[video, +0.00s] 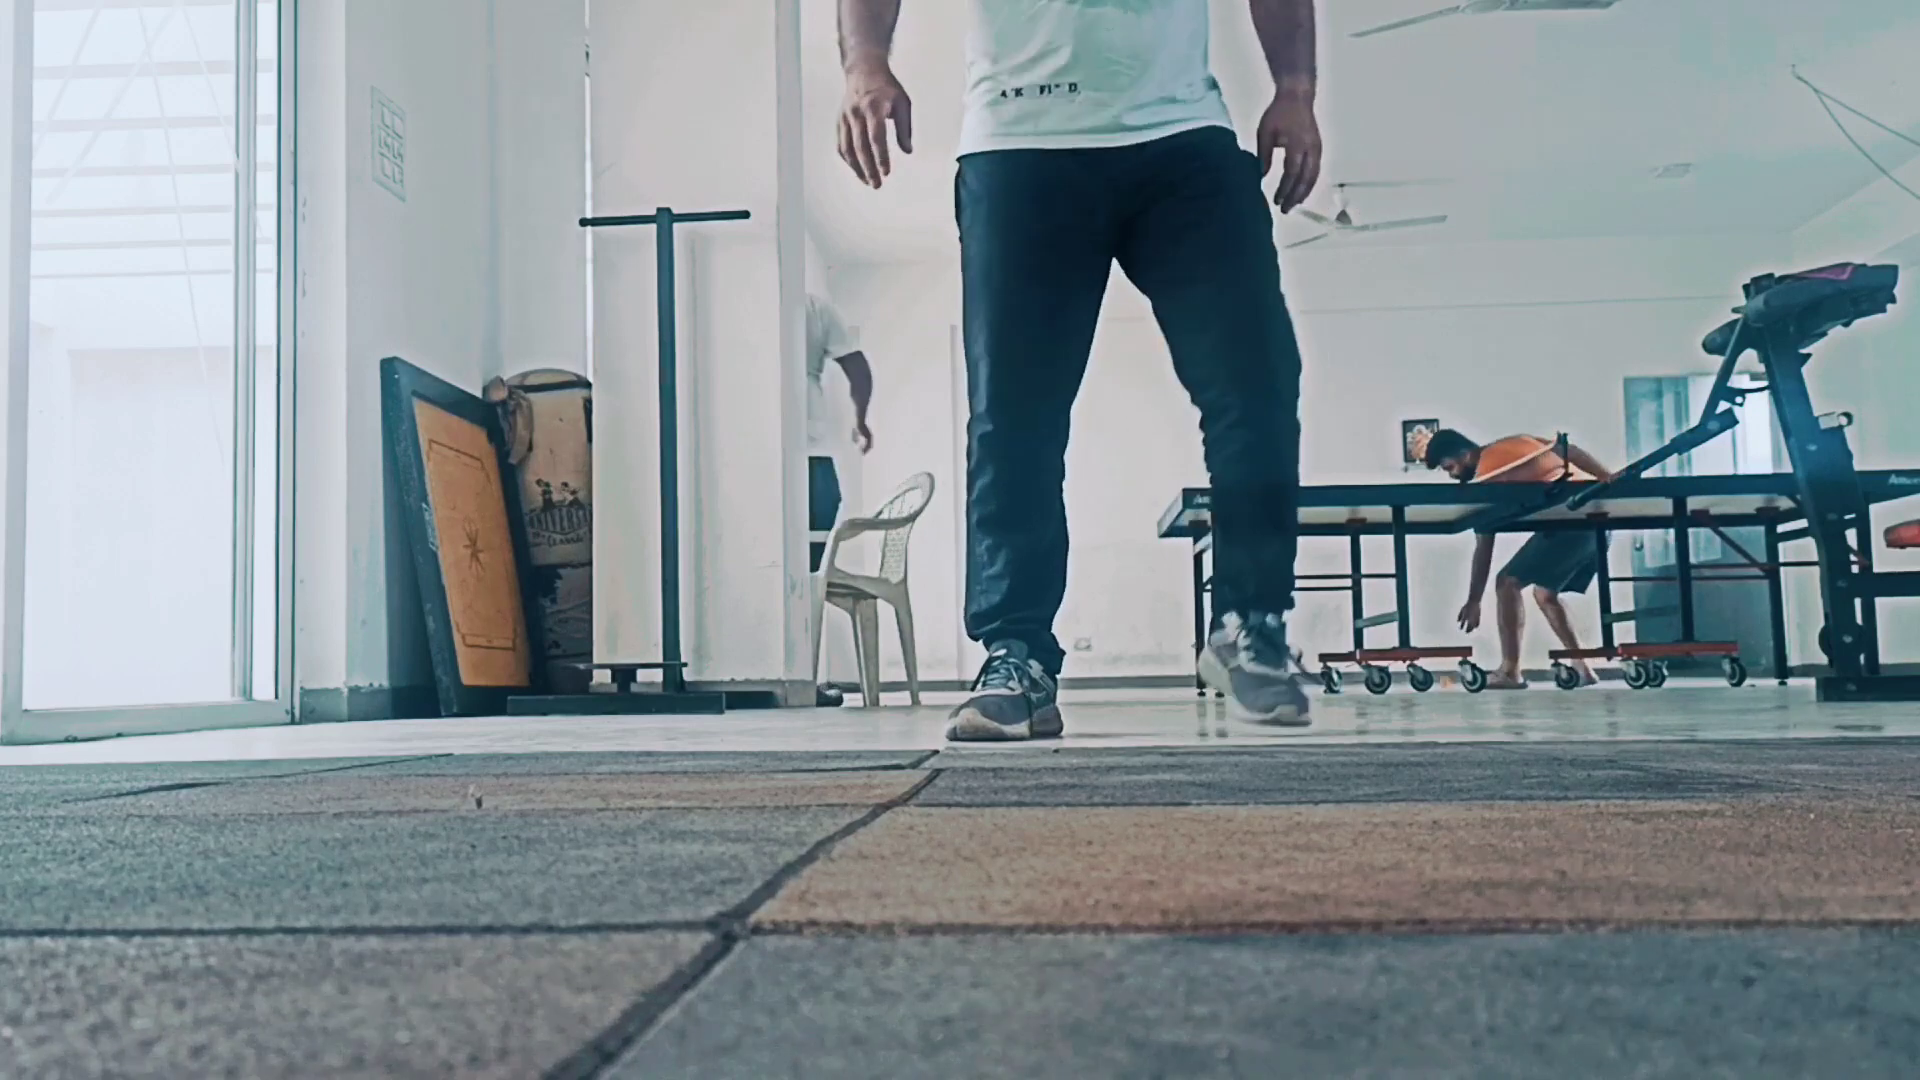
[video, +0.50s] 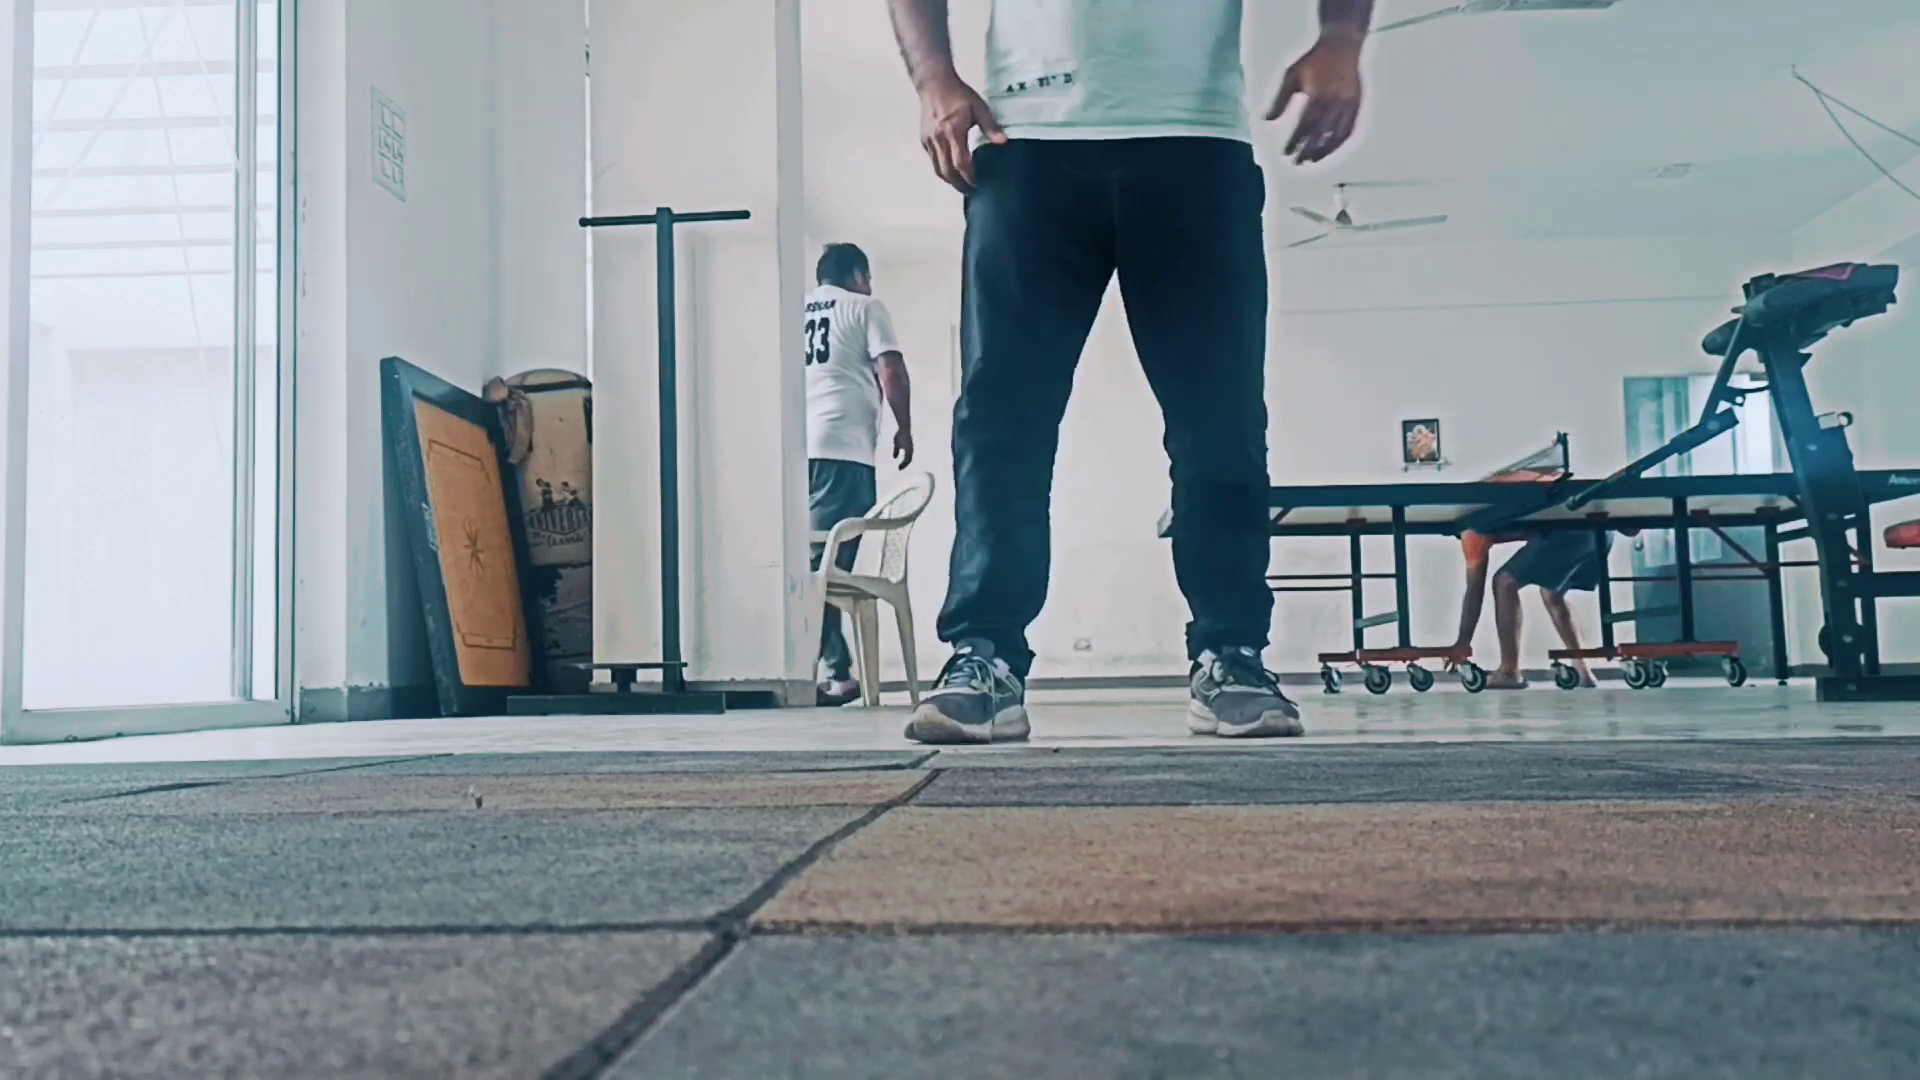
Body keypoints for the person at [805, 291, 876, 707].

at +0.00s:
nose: (778, 274)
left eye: (781, 269)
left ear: (790, 270)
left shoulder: (812, 307)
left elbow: (858, 370)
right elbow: (860, 370)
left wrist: (859, 420)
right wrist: (861, 420)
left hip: (810, 453)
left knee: (811, 570)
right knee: (804, 571)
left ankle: (809, 677)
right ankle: (803, 677)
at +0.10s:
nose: (823, 277)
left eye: (819, 268)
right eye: (822, 268)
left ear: (779, 267)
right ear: (814, 268)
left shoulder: (754, 306)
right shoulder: (829, 305)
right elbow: (870, 366)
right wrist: (880, 420)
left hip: (766, 460)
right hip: (819, 458)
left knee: (771, 566)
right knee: (813, 572)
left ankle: (777, 674)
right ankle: (809, 676)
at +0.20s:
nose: (840, 278)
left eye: (837, 271)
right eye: (838, 271)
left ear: (796, 268)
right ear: (826, 268)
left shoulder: (766, 301)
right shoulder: (839, 303)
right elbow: (879, 365)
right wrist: (890, 420)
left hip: (774, 456)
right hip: (826, 455)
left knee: (776, 567)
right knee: (822, 571)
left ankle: (781, 675)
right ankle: (814, 677)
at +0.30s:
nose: (850, 281)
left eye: (849, 274)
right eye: (849, 273)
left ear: (802, 268)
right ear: (838, 270)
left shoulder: (772, 297)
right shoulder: (848, 302)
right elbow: (883, 368)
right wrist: (894, 423)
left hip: (775, 451)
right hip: (829, 450)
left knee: (778, 561)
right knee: (826, 566)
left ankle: (779, 672)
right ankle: (809, 673)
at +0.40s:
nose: (860, 283)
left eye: (859, 276)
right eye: (859, 275)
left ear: (810, 273)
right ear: (848, 273)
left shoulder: (783, 298)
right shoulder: (857, 304)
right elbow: (884, 367)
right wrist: (898, 425)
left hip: (783, 450)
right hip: (832, 449)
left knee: (782, 561)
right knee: (827, 568)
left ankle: (782, 673)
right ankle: (805, 674)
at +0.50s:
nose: (870, 286)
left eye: (869, 279)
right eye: (869, 278)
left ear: (820, 278)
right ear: (858, 276)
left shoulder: (795, 307)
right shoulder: (865, 306)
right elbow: (890, 369)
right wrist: (905, 428)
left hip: (792, 449)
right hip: (839, 448)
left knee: (811, 562)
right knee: (830, 564)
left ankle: (836, 671)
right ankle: (812, 670)